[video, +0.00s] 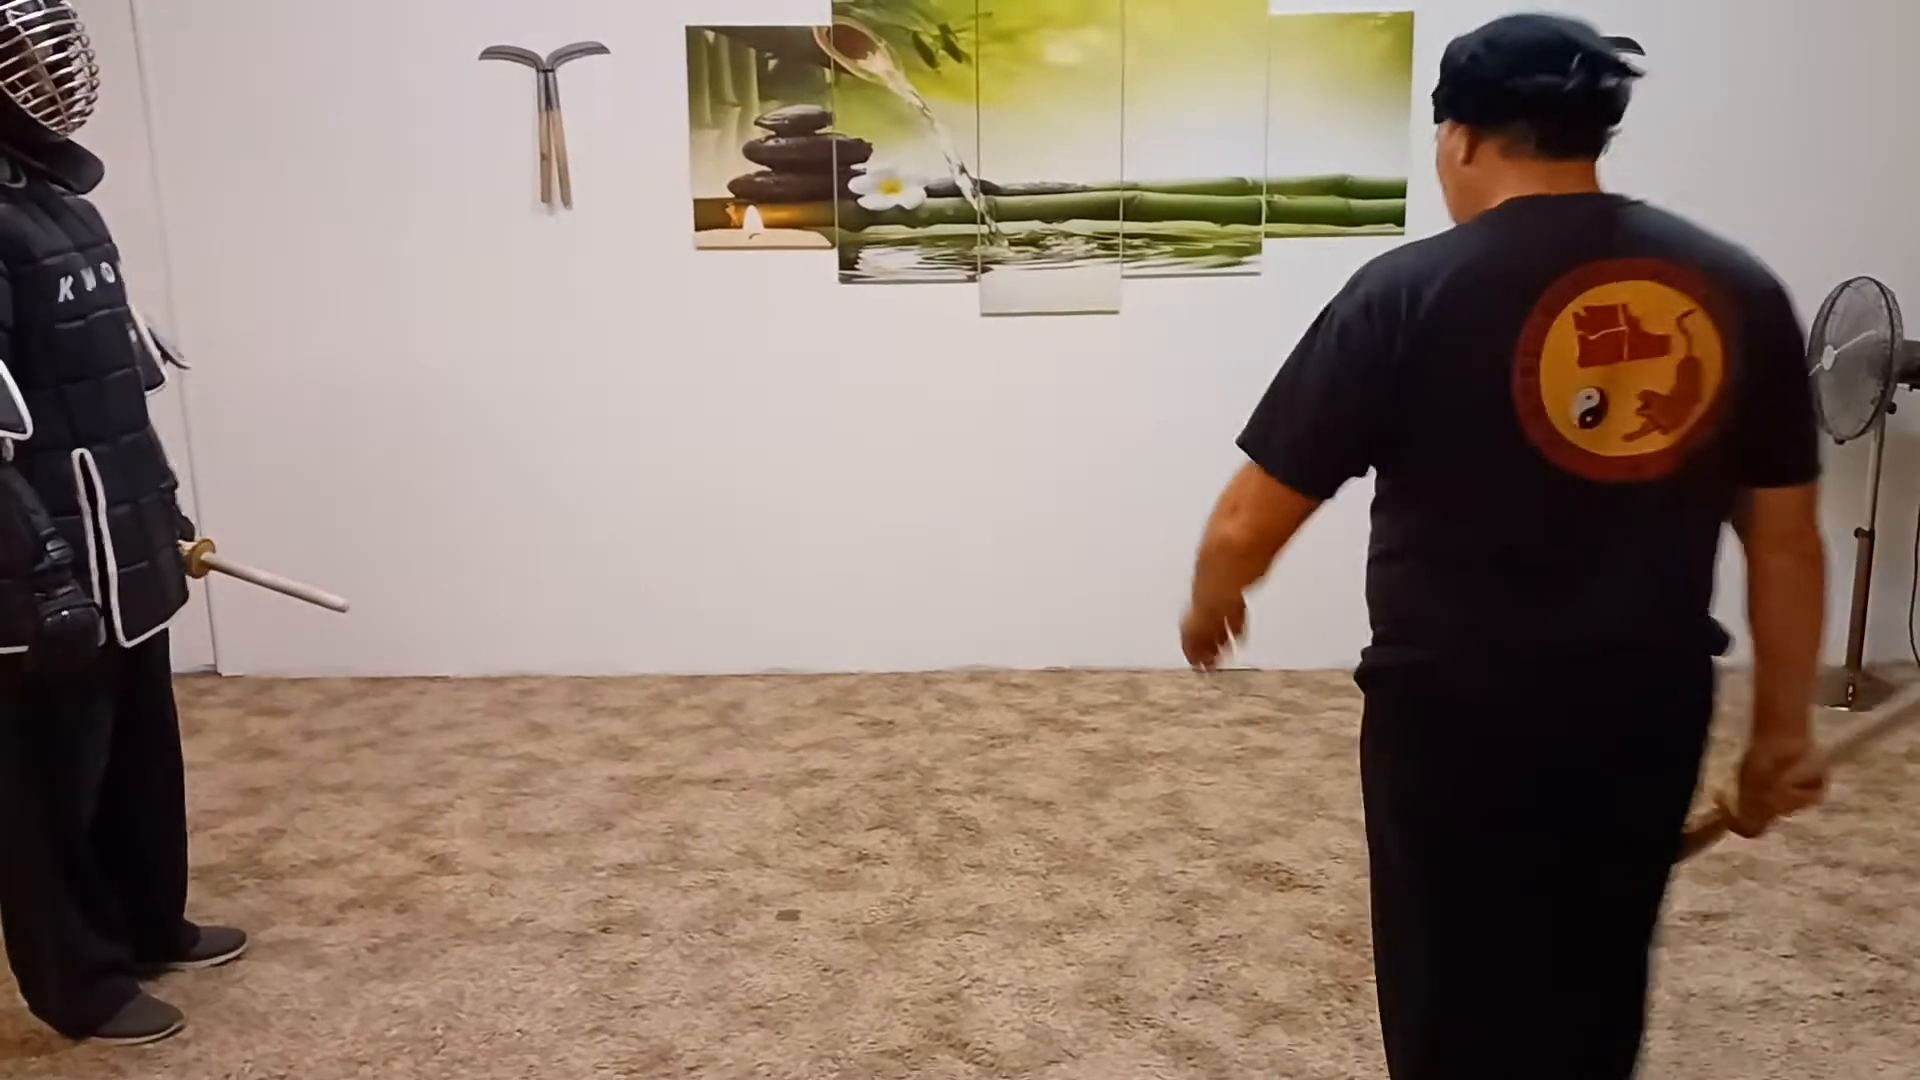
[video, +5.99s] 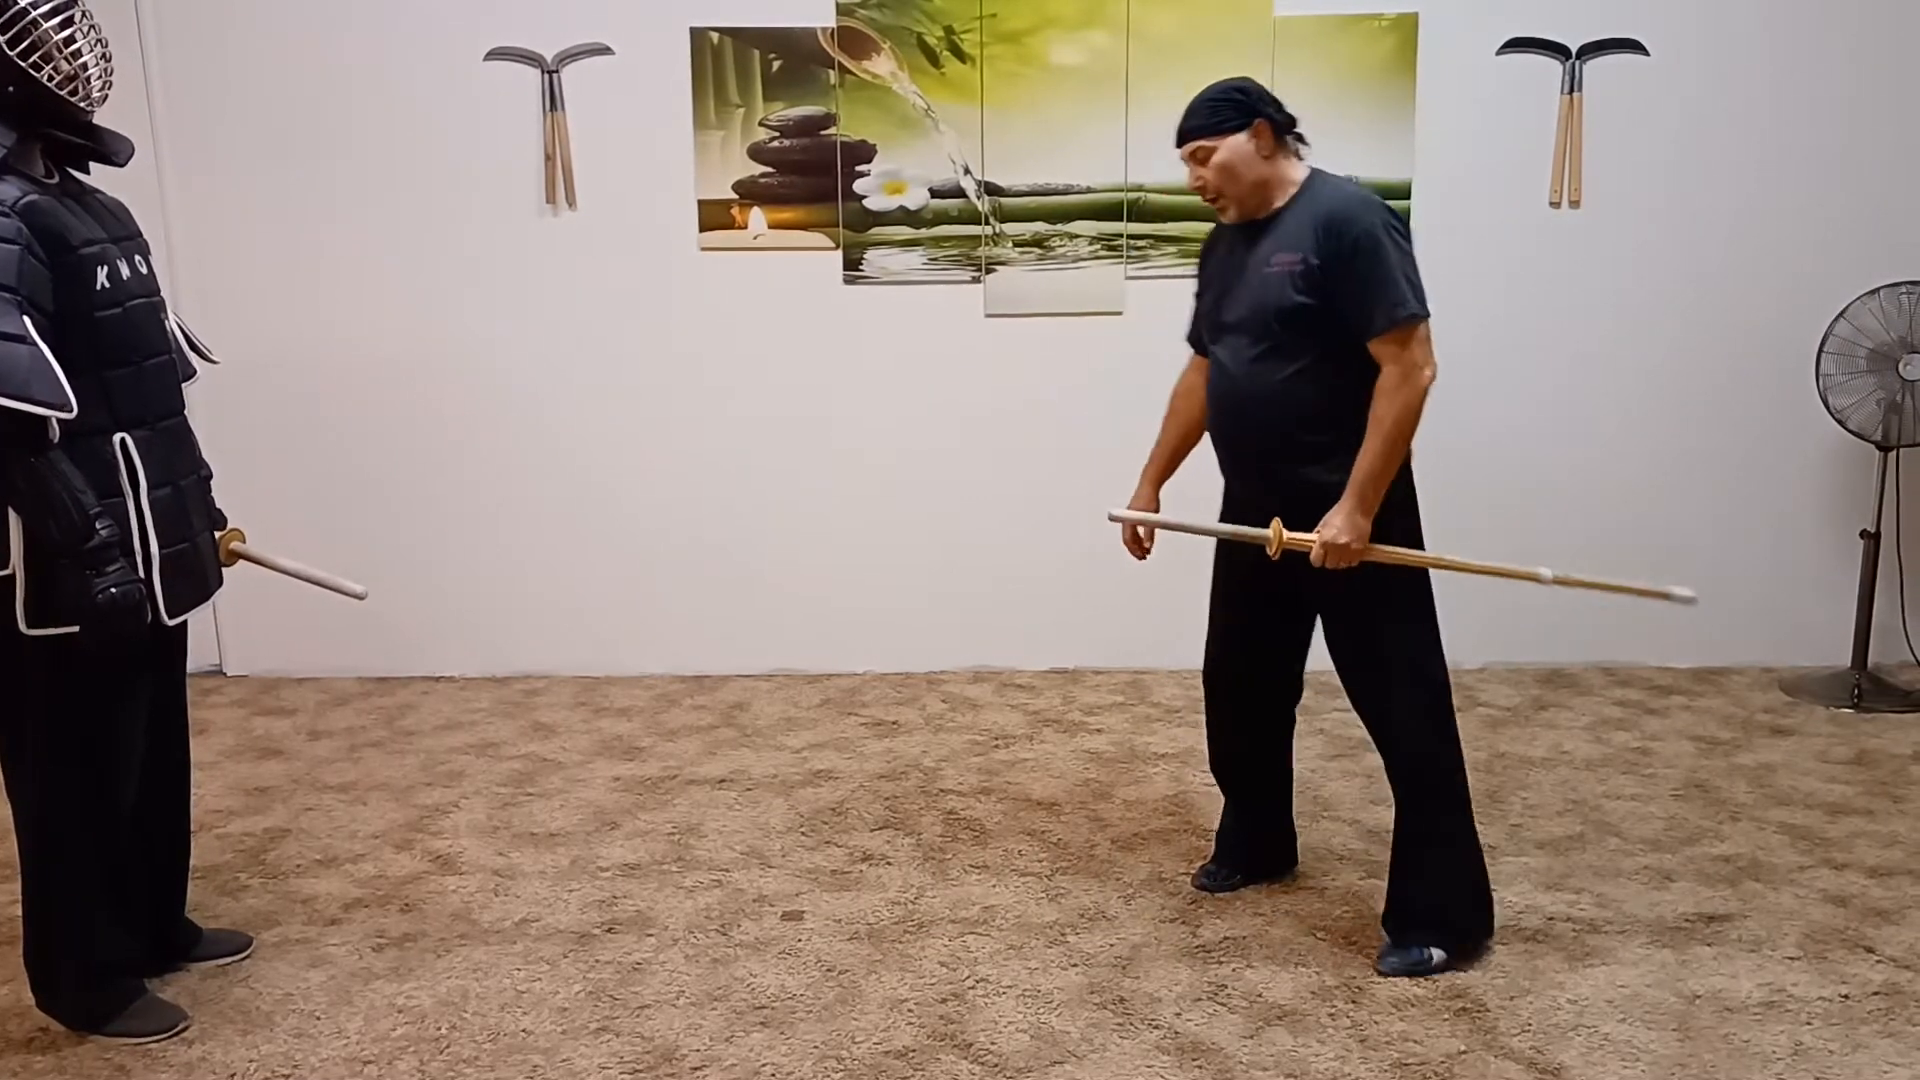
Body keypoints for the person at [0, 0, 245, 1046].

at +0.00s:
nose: (71, 79)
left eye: (70, 59)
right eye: (48, 63)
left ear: (63, 73)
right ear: (4, 81)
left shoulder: (69, 204)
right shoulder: (3, 216)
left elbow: (110, 386)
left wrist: (166, 511)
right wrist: (37, 568)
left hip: (120, 538)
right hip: (43, 558)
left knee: (136, 744)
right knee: (52, 771)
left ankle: (148, 928)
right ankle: (76, 985)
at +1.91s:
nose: (114, 73)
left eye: (114, 53)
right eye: (88, 55)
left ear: (110, 70)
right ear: (35, 72)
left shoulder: (122, 203)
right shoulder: (18, 209)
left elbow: (173, 382)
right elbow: (23, 403)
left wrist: (221, 504)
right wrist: (98, 538)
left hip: (161, 542)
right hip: (75, 555)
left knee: (161, 749)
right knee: (87, 769)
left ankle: (159, 931)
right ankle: (91, 982)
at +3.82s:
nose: (124, 78)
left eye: (121, 57)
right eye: (100, 60)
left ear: (100, 71)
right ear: (44, 74)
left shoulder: (122, 201)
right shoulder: (19, 210)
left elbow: (174, 381)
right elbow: (22, 404)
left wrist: (219, 506)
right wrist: (100, 536)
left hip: (159, 541)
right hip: (71, 554)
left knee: (160, 751)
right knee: (84, 771)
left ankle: (161, 933)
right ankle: (88, 982)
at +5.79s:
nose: (91, 84)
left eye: (87, 66)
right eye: (71, 68)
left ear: (63, 84)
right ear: (27, 83)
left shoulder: (98, 207)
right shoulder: (6, 216)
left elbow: (151, 379)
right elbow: (23, 416)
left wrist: (198, 504)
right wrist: (95, 550)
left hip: (144, 545)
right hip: (58, 563)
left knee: (150, 750)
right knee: (75, 771)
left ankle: (157, 931)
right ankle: (83, 981)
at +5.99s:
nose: (92, 82)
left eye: (87, 66)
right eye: (73, 67)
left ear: (53, 86)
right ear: (31, 83)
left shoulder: (101, 210)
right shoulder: (10, 220)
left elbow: (151, 381)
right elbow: (24, 417)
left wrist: (198, 505)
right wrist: (90, 549)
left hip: (145, 548)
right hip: (60, 567)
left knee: (150, 750)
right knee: (75, 772)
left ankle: (156, 931)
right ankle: (82, 981)